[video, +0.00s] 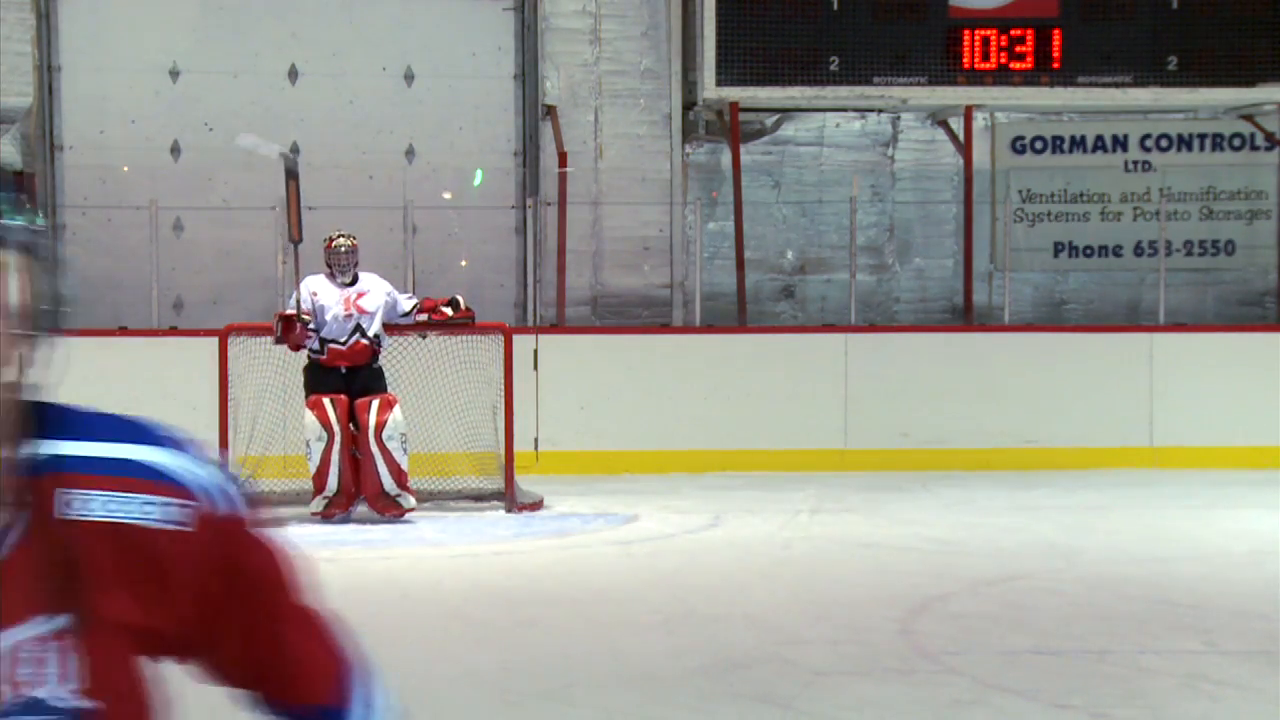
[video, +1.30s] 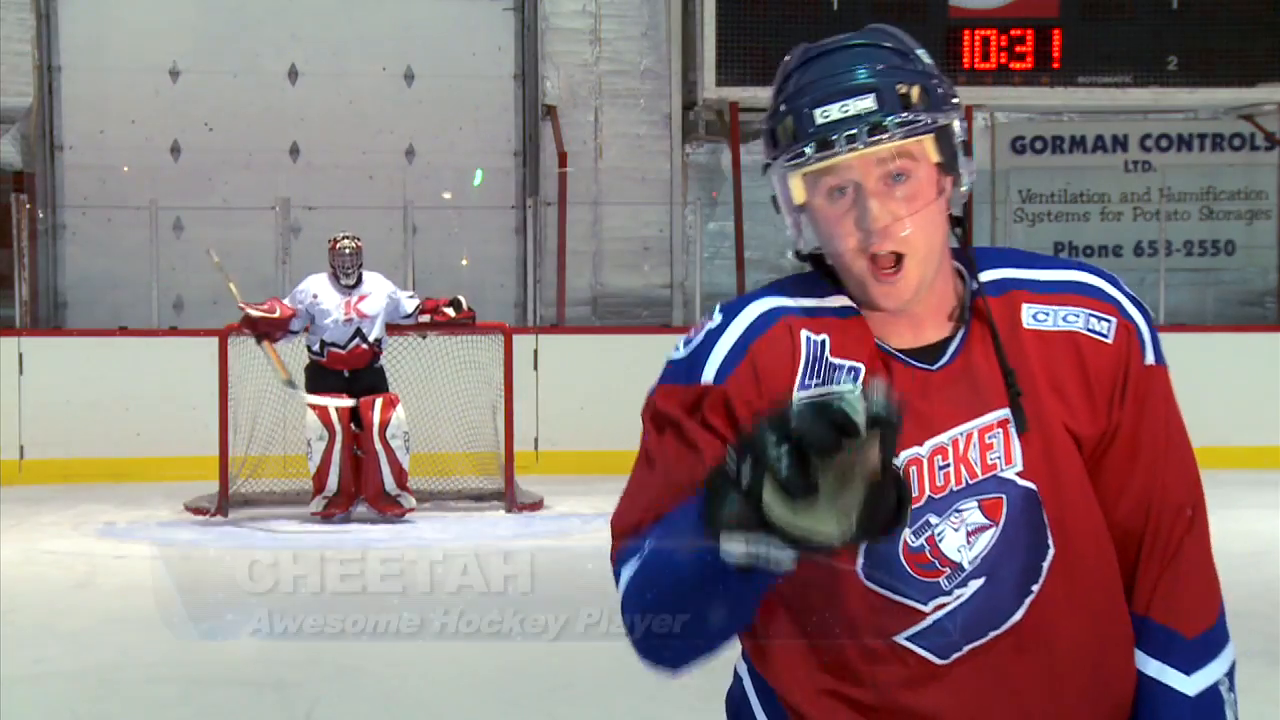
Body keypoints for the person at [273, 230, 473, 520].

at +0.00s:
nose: (343, 261)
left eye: (348, 255)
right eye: (337, 255)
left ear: (357, 257)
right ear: (327, 258)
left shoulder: (375, 285)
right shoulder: (311, 286)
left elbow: (405, 309)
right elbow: (295, 332)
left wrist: (441, 306)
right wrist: (295, 327)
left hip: (366, 372)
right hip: (325, 374)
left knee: (381, 429)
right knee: (329, 433)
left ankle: (385, 499)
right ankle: (334, 500)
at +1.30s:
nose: (347, 263)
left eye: (352, 257)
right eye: (341, 257)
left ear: (361, 259)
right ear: (331, 260)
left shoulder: (379, 286)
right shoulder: (313, 288)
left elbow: (411, 309)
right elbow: (288, 318)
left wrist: (445, 308)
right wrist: (264, 319)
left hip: (368, 373)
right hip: (326, 375)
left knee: (385, 431)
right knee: (330, 435)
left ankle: (386, 500)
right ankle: (333, 502)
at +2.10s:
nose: (339, 267)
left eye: (344, 261)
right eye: (333, 261)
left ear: (353, 261)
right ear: (323, 262)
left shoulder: (373, 286)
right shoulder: (306, 287)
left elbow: (403, 312)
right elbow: (276, 309)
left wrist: (426, 329)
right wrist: (242, 311)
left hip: (365, 373)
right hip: (323, 375)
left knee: (374, 433)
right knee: (326, 435)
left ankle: (387, 500)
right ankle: (334, 500)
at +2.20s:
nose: (337, 264)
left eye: (342, 258)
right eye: (331, 258)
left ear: (352, 260)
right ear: (322, 260)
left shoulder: (370, 286)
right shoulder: (304, 287)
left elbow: (400, 315)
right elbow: (271, 309)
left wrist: (417, 339)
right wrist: (236, 314)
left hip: (365, 373)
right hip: (322, 376)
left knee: (376, 432)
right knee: (326, 435)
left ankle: (391, 500)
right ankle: (334, 501)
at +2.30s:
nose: (335, 263)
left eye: (340, 257)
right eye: (329, 258)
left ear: (349, 259)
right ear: (319, 260)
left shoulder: (369, 286)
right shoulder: (303, 287)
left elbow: (400, 321)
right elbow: (271, 308)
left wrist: (397, 347)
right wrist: (234, 309)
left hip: (363, 371)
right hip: (322, 374)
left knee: (372, 431)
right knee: (327, 433)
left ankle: (390, 499)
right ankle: (334, 499)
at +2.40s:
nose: (334, 262)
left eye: (339, 256)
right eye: (328, 257)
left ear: (347, 259)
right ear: (318, 259)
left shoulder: (368, 287)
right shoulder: (303, 288)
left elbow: (395, 327)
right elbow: (272, 308)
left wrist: (382, 356)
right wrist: (235, 308)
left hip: (361, 374)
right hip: (321, 375)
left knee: (370, 433)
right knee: (327, 435)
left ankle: (390, 499)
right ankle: (335, 499)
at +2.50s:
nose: (333, 263)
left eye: (338, 257)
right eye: (327, 258)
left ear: (346, 259)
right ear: (317, 260)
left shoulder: (367, 288)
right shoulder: (303, 289)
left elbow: (386, 329)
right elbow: (276, 309)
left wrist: (379, 363)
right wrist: (240, 309)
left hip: (359, 371)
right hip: (320, 375)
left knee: (371, 434)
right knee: (325, 436)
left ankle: (390, 499)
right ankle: (334, 500)